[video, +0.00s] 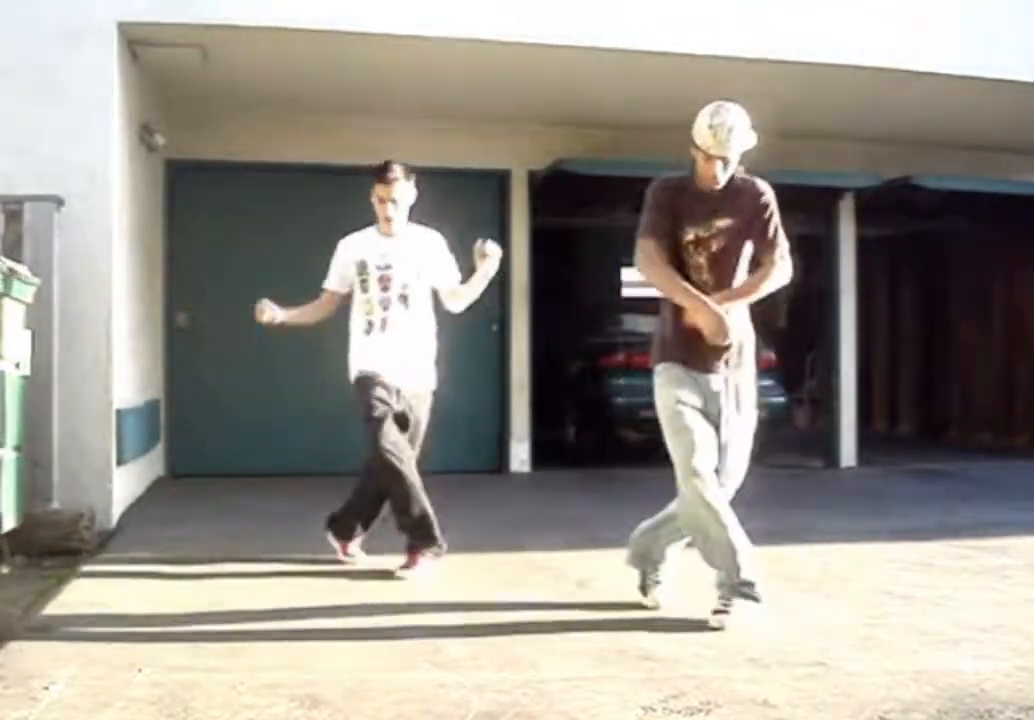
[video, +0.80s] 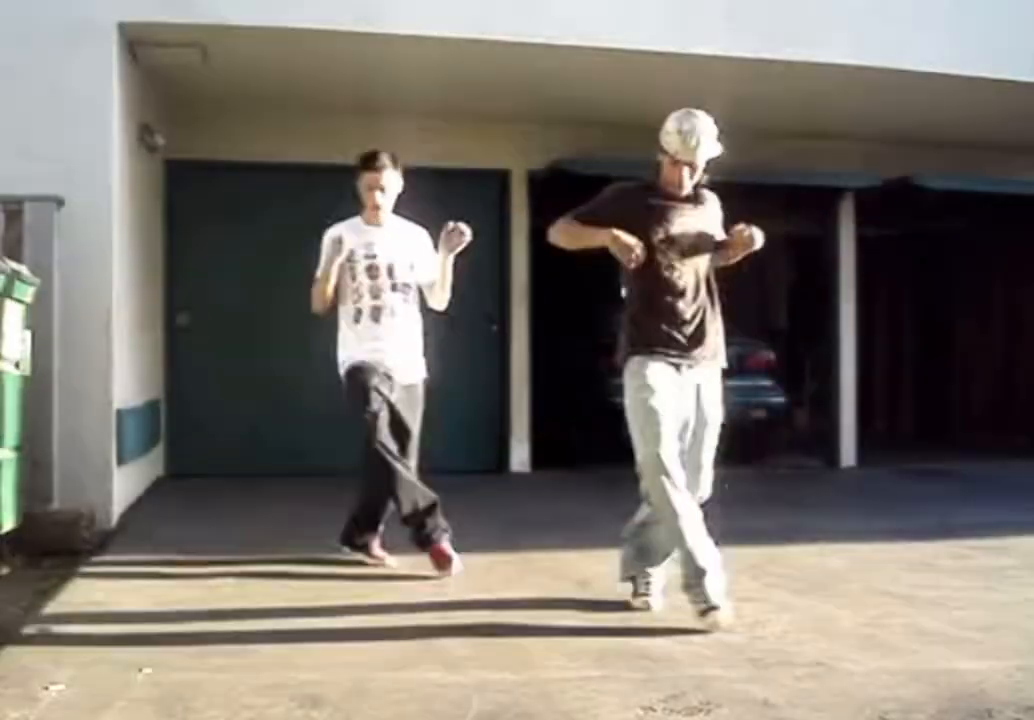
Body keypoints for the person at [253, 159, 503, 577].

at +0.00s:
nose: (388, 208)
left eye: (396, 200)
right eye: (382, 199)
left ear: (412, 197)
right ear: (372, 198)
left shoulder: (430, 244)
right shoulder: (352, 247)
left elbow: (455, 301)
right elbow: (326, 306)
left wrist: (486, 270)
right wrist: (282, 315)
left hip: (418, 367)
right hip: (371, 362)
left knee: (399, 457)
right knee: (387, 446)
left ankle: (346, 528)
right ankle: (425, 542)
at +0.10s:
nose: (416, 198)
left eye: (424, 190)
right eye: (409, 190)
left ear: (439, 185)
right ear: (399, 187)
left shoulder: (456, 229)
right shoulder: (378, 233)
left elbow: (501, 270)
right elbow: (338, 281)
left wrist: (515, 226)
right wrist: (303, 266)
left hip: (448, 357)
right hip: (399, 353)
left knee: (464, 441)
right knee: (385, 439)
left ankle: (414, 513)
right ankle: (396, 536)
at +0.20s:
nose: (442, 202)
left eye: (449, 194)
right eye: (435, 194)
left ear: (466, 191)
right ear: (427, 191)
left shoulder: (481, 237)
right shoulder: (408, 237)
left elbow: (511, 283)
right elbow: (372, 289)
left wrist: (534, 247)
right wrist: (348, 264)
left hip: (477, 361)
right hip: (424, 360)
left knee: (517, 439)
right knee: (398, 448)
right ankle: (365, 540)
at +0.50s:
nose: (461, 196)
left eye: (468, 188)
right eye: (454, 188)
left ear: (478, 188)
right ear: (438, 187)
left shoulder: (494, 225)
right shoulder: (413, 228)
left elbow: (536, 246)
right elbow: (359, 264)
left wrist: (550, 241)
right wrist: (373, 234)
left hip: (481, 357)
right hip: (433, 352)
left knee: (510, 443)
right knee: (418, 436)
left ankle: (545, 529)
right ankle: (398, 538)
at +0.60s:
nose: (433, 182)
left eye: (440, 174)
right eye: (426, 173)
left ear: (448, 177)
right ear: (410, 172)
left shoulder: (461, 221)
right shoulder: (383, 220)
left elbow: (493, 271)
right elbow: (349, 276)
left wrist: (466, 278)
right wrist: (384, 282)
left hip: (454, 339)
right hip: (406, 338)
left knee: (481, 430)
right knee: (422, 428)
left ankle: (450, 514)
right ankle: (442, 529)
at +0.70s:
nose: (405, 197)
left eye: (413, 190)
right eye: (398, 189)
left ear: (422, 192)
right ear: (383, 188)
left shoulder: (433, 240)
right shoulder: (361, 240)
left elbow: (450, 304)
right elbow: (354, 306)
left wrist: (425, 288)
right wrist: (390, 294)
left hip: (432, 348)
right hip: (389, 352)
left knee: (448, 447)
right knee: (423, 443)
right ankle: (461, 541)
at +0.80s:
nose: (378, 197)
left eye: (385, 188)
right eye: (371, 188)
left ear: (399, 188)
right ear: (359, 188)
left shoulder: (416, 237)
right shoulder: (339, 237)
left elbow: (438, 301)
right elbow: (320, 304)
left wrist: (446, 257)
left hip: (407, 354)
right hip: (362, 350)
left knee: (400, 449)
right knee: (377, 436)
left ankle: (362, 531)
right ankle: (432, 530)